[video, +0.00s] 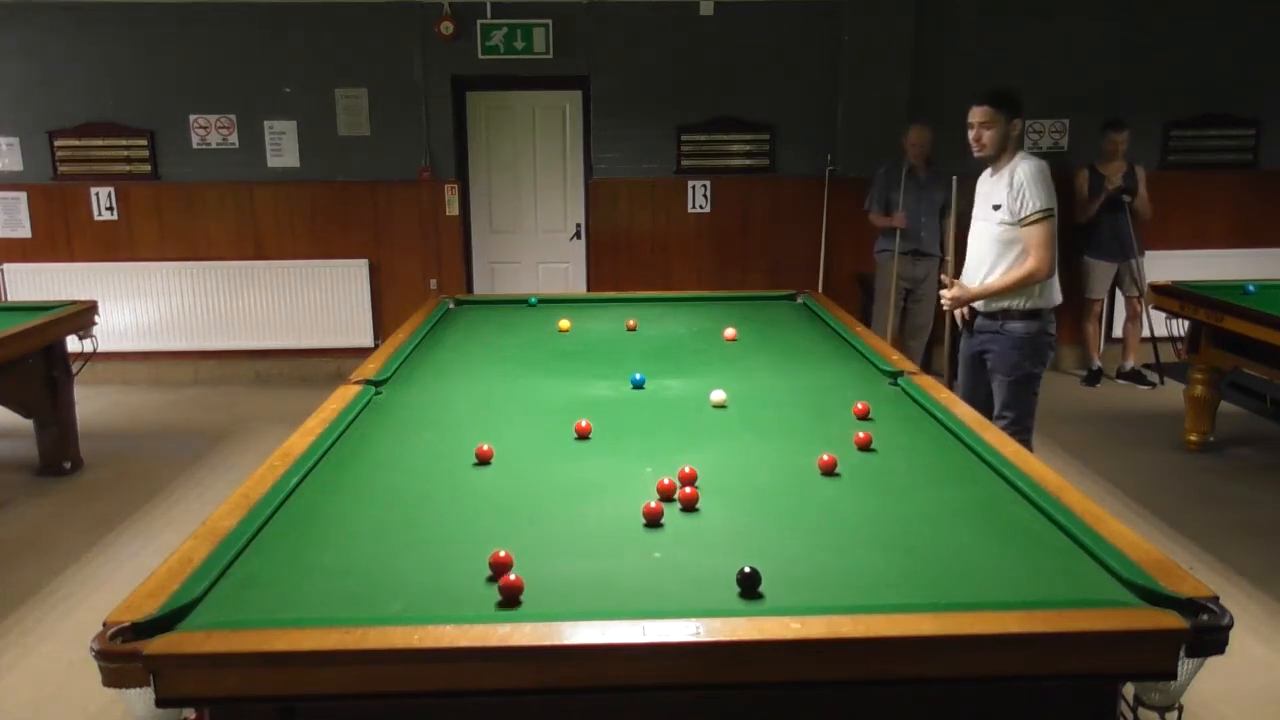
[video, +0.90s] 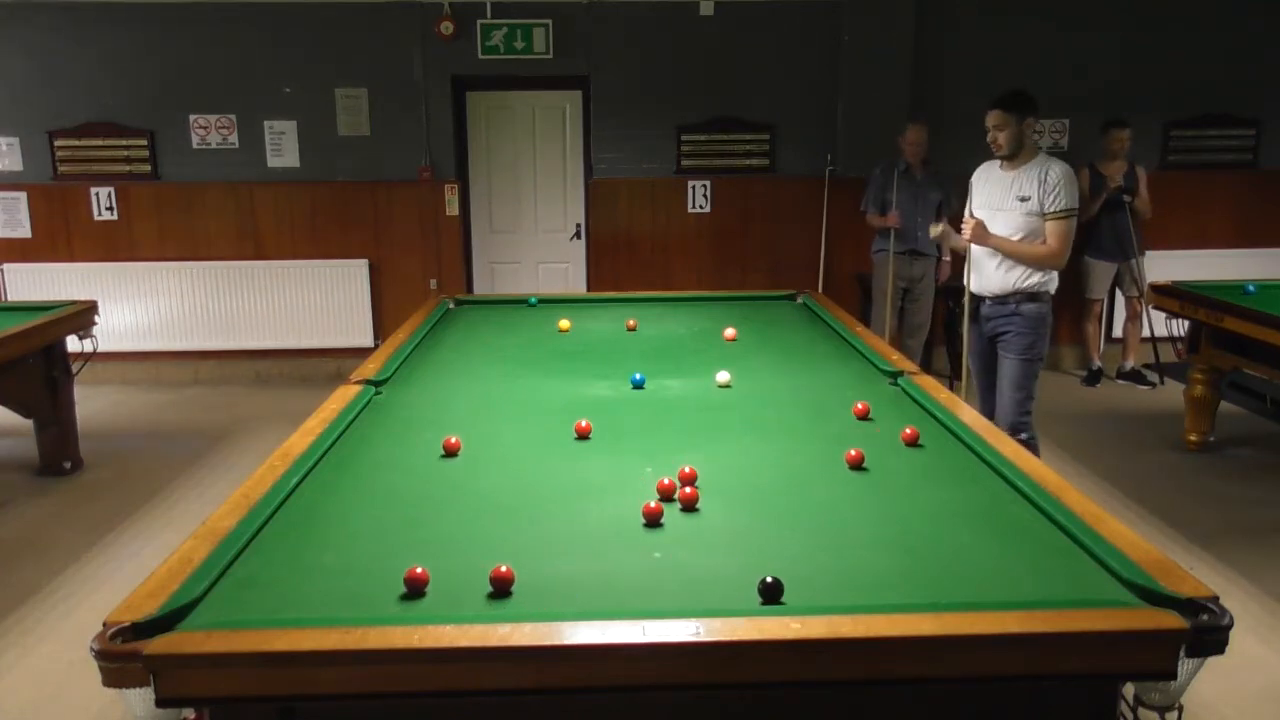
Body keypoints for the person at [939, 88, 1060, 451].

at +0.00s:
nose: (974, 136)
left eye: (985, 127)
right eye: (971, 127)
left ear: (1014, 128)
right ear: (967, 129)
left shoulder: (1029, 171)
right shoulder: (986, 180)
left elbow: (1042, 264)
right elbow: (985, 253)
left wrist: (974, 293)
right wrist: (963, 294)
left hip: (1018, 330)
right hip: (978, 326)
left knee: (1010, 441)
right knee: (967, 432)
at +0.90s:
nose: (990, 138)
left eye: (999, 129)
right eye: (988, 130)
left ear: (1028, 126)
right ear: (988, 131)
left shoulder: (1055, 174)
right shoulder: (983, 174)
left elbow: (1057, 254)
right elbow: (973, 247)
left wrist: (989, 239)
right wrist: (949, 236)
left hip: (1023, 312)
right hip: (979, 310)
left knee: (1012, 425)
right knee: (986, 420)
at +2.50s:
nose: (961, 139)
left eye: (968, 132)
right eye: (956, 132)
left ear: (992, 127)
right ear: (952, 130)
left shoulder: (1013, 170)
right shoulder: (944, 165)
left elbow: (1016, 240)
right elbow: (929, 225)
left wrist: (959, 231)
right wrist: (926, 216)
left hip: (986, 291)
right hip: (942, 290)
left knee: (982, 389)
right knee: (947, 384)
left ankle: (979, 466)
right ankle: (948, 463)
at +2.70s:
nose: (961, 139)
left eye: (969, 131)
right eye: (956, 131)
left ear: (991, 128)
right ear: (952, 131)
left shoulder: (1012, 171)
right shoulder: (941, 168)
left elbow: (1022, 240)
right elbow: (926, 219)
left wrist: (979, 279)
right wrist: (921, 256)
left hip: (986, 289)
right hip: (940, 287)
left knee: (977, 383)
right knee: (944, 379)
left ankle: (970, 458)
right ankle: (942, 453)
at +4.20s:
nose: (915, 169)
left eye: (923, 162)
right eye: (910, 162)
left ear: (941, 157)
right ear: (905, 158)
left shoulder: (956, 182)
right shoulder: (916, 199)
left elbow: (967, 233)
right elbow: (916, 257)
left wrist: (913, 265)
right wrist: (904, 307)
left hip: (967, 298)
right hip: (926, 298)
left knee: (947, 380)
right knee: (913, 378)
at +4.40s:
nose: (899, 190)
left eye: (905, 183)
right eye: (893, 184)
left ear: (923, 173)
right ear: (887, 178)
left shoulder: (937, 194)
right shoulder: (909, 202)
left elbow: (918, 249)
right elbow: (923, 251)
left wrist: (872, 296)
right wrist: (917, 297)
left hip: (984, 291)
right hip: (944, 292)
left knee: (972, 377)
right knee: (931, 373)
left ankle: (982, 456)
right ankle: (933, 448)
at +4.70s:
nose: (878, 252)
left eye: (883, 245)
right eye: (873, 245)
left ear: (901, 233)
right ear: (868, 235)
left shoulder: (915, 255)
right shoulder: (909, 225)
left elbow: (876, 300)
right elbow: (942, 246)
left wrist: (829, 329)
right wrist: (934, 286)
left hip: (1002, 288)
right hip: (962, 292)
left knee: (979, 385)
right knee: (951, 373)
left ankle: (988, 458)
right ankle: (943, 443)